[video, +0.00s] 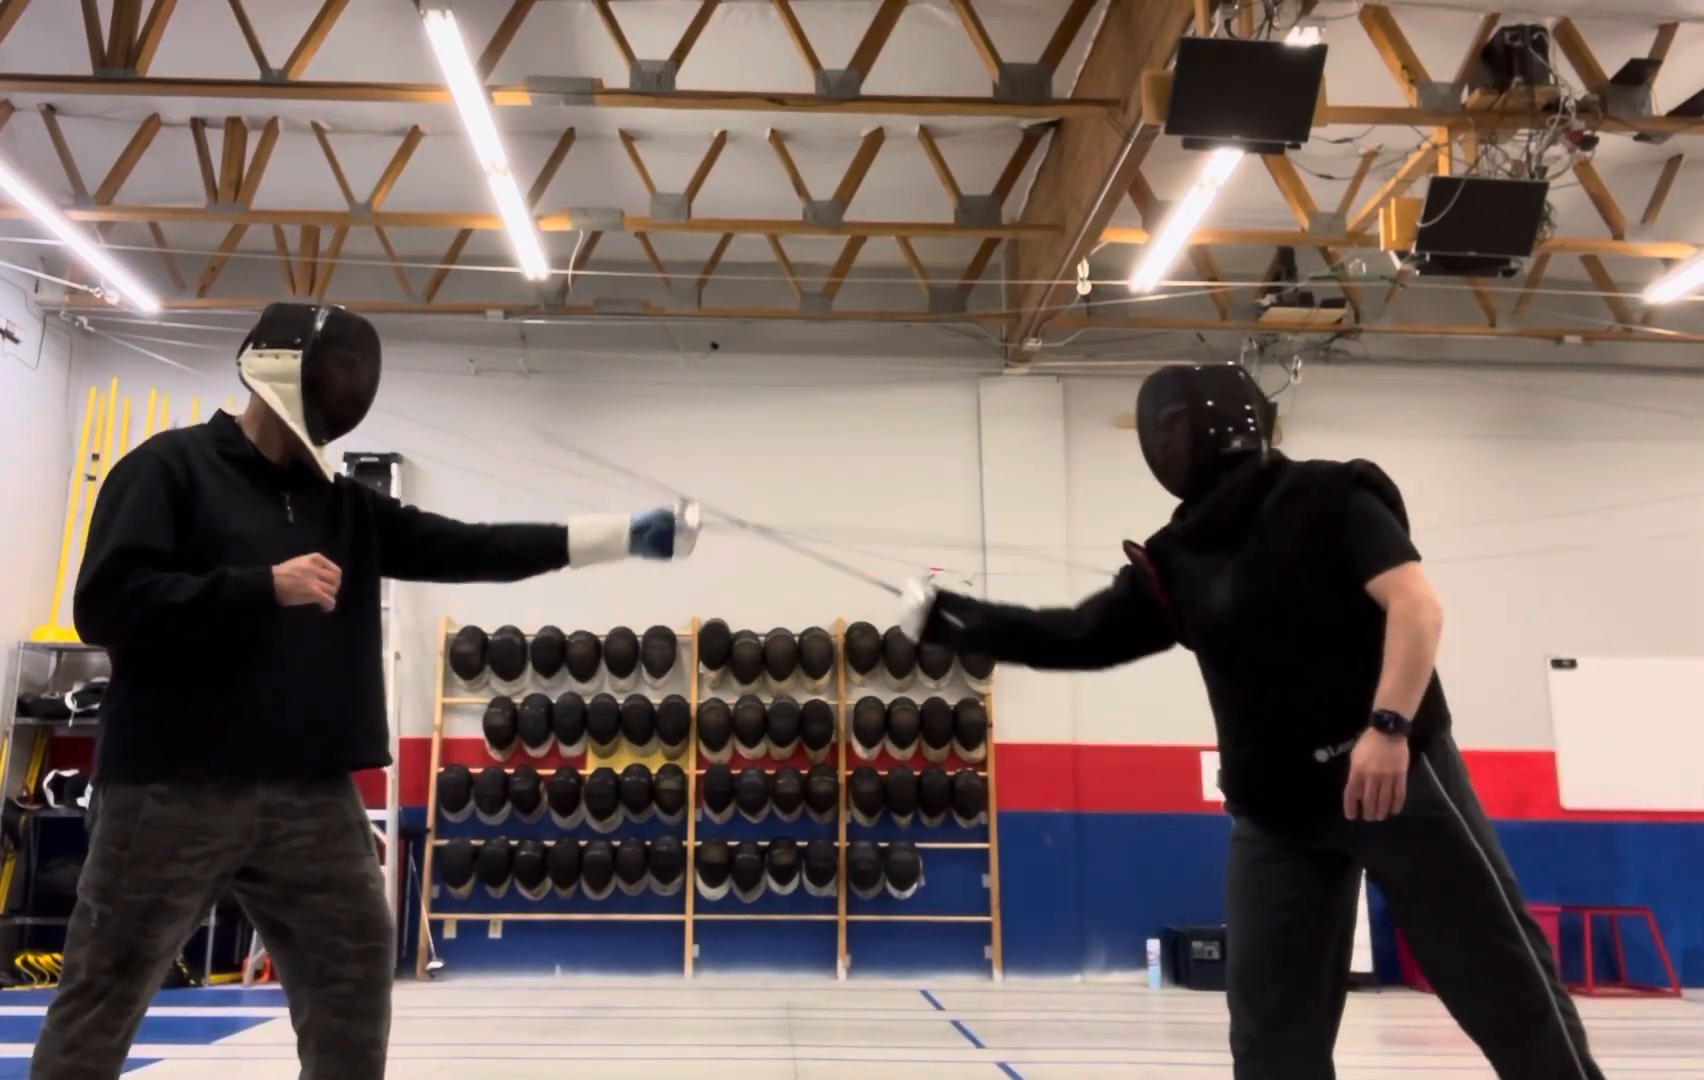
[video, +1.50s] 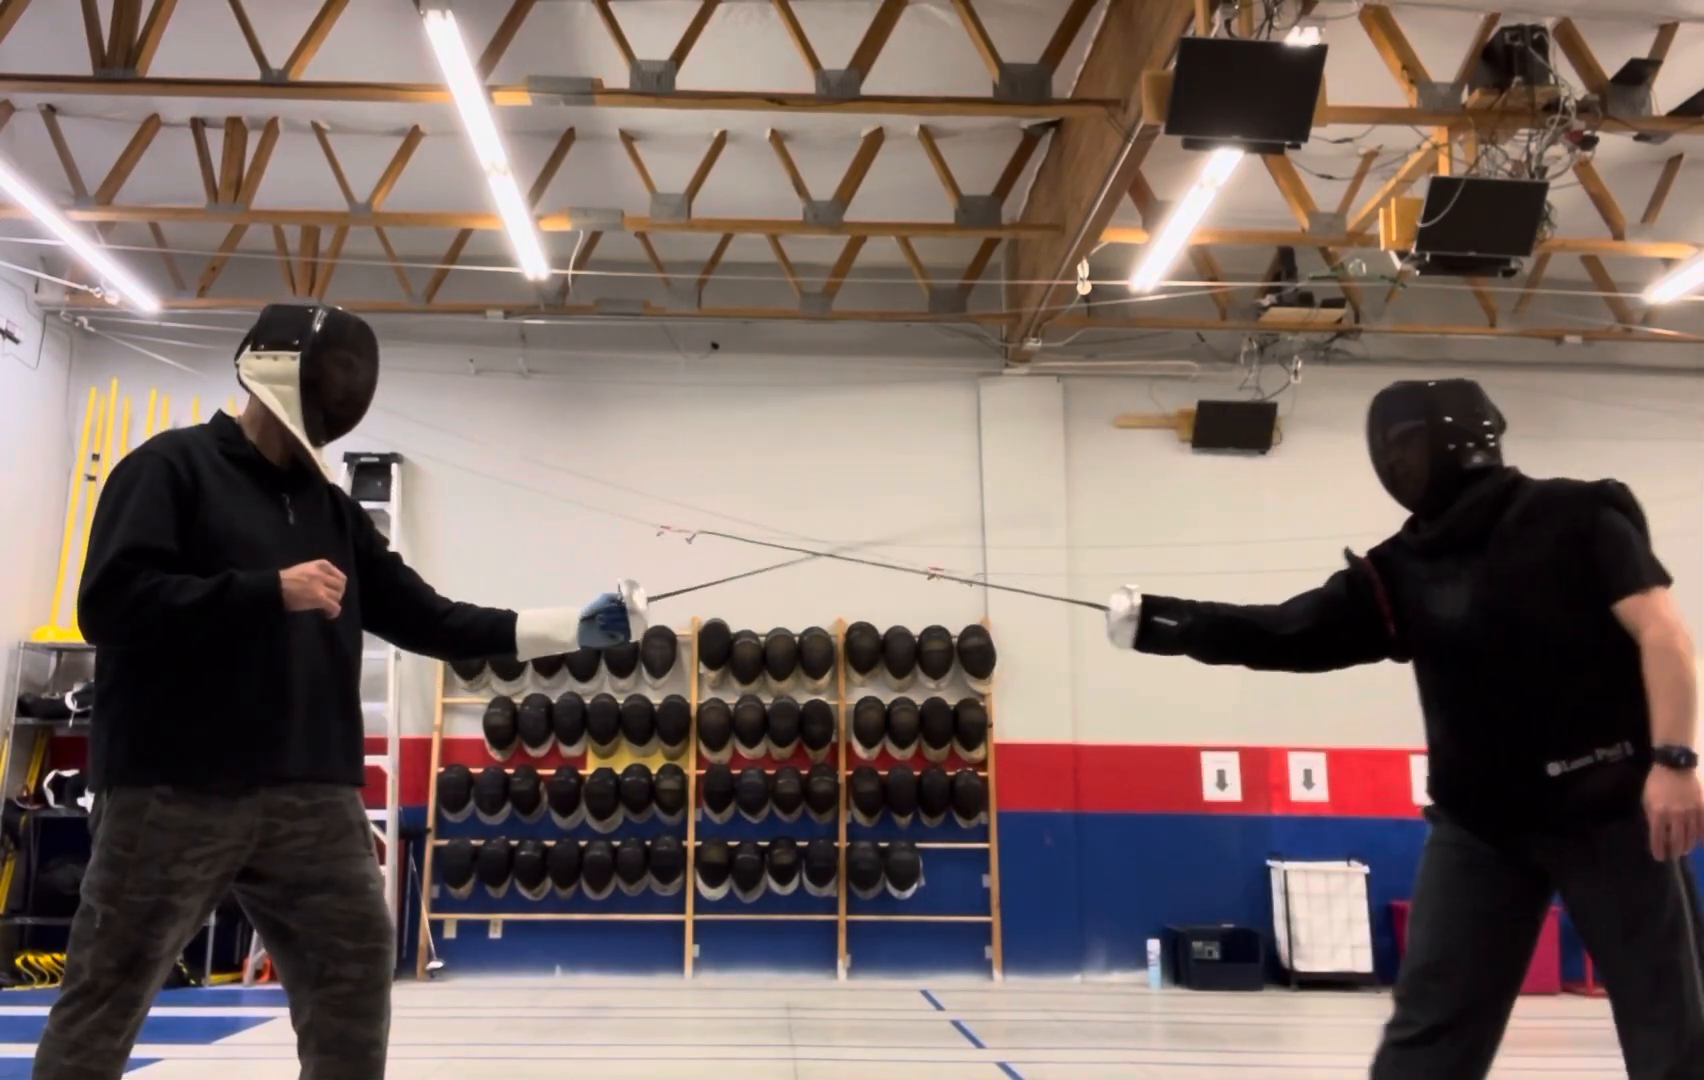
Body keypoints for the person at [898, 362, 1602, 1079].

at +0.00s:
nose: (1156, 443)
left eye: (1166, 424)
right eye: (1154, 429)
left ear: (1207, 426)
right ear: (1235, 426)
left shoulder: (1329, 495)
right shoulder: (1176, 563)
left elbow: (1417, 611)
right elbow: (1082, 636)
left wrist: (1391, 728)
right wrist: (959, 620)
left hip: (1398, 785)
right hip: (1278, 812)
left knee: (1505, 988)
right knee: (1273, 1040)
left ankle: (1569, 1075)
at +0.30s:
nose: (1288, 468)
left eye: (1299, 448)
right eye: (1286, 452)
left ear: (1346, 444)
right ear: (1362, 447)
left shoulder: (1462, 525)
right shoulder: (1305, 573)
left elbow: (1545, 647)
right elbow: (1296, 710)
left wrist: (1486, 759)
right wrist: (1221, 793)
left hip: (1495, 815)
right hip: (1364, 828)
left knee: (1595, 1024)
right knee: (1307, 1045)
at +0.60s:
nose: (1416, 458)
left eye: (1427, 437)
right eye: (1412, 443)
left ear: (1473, 431)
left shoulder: (1607, 514)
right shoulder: (1438, 561)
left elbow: (1679, 630)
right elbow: (1394, 685)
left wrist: (1655, 762)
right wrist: (1277, 696)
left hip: (1618, 805)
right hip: (1492, 817)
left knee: (1667, 1026)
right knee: (1449, 1025)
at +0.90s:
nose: (1463, 456)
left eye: (1475, 435)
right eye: (1456, 441)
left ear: (1526, 426)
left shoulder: (1653, 511)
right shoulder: (1469, 561)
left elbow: (1703, 619)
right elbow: (1385, 649)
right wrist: (1272, 644)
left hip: (1668, 809)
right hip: (1539, 822)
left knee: (1687, 1027)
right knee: (1529, 1016)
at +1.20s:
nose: (1448, 458)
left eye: (1461, 436)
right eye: (1443, 444)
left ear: (1514, 429)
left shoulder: (1644, 510)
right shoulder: (1459, 560)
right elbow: (1347, 621)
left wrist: (1703, 749)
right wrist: (1216, 618)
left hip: (1666, 807)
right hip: (1539, 821)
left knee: (1688, 1020)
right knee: (1526, 1008)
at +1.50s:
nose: (1391, 470)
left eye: (1400, 449)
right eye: (1385, 456)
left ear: (1446, 440)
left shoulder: (1580, 517)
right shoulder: (1404, 571)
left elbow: (1663, 633)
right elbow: (1290, 630)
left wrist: (1676, 759)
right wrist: (1163, 624)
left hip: (1608, 817)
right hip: (1480, 829)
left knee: (1668, 1038)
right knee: (1430, 1036)